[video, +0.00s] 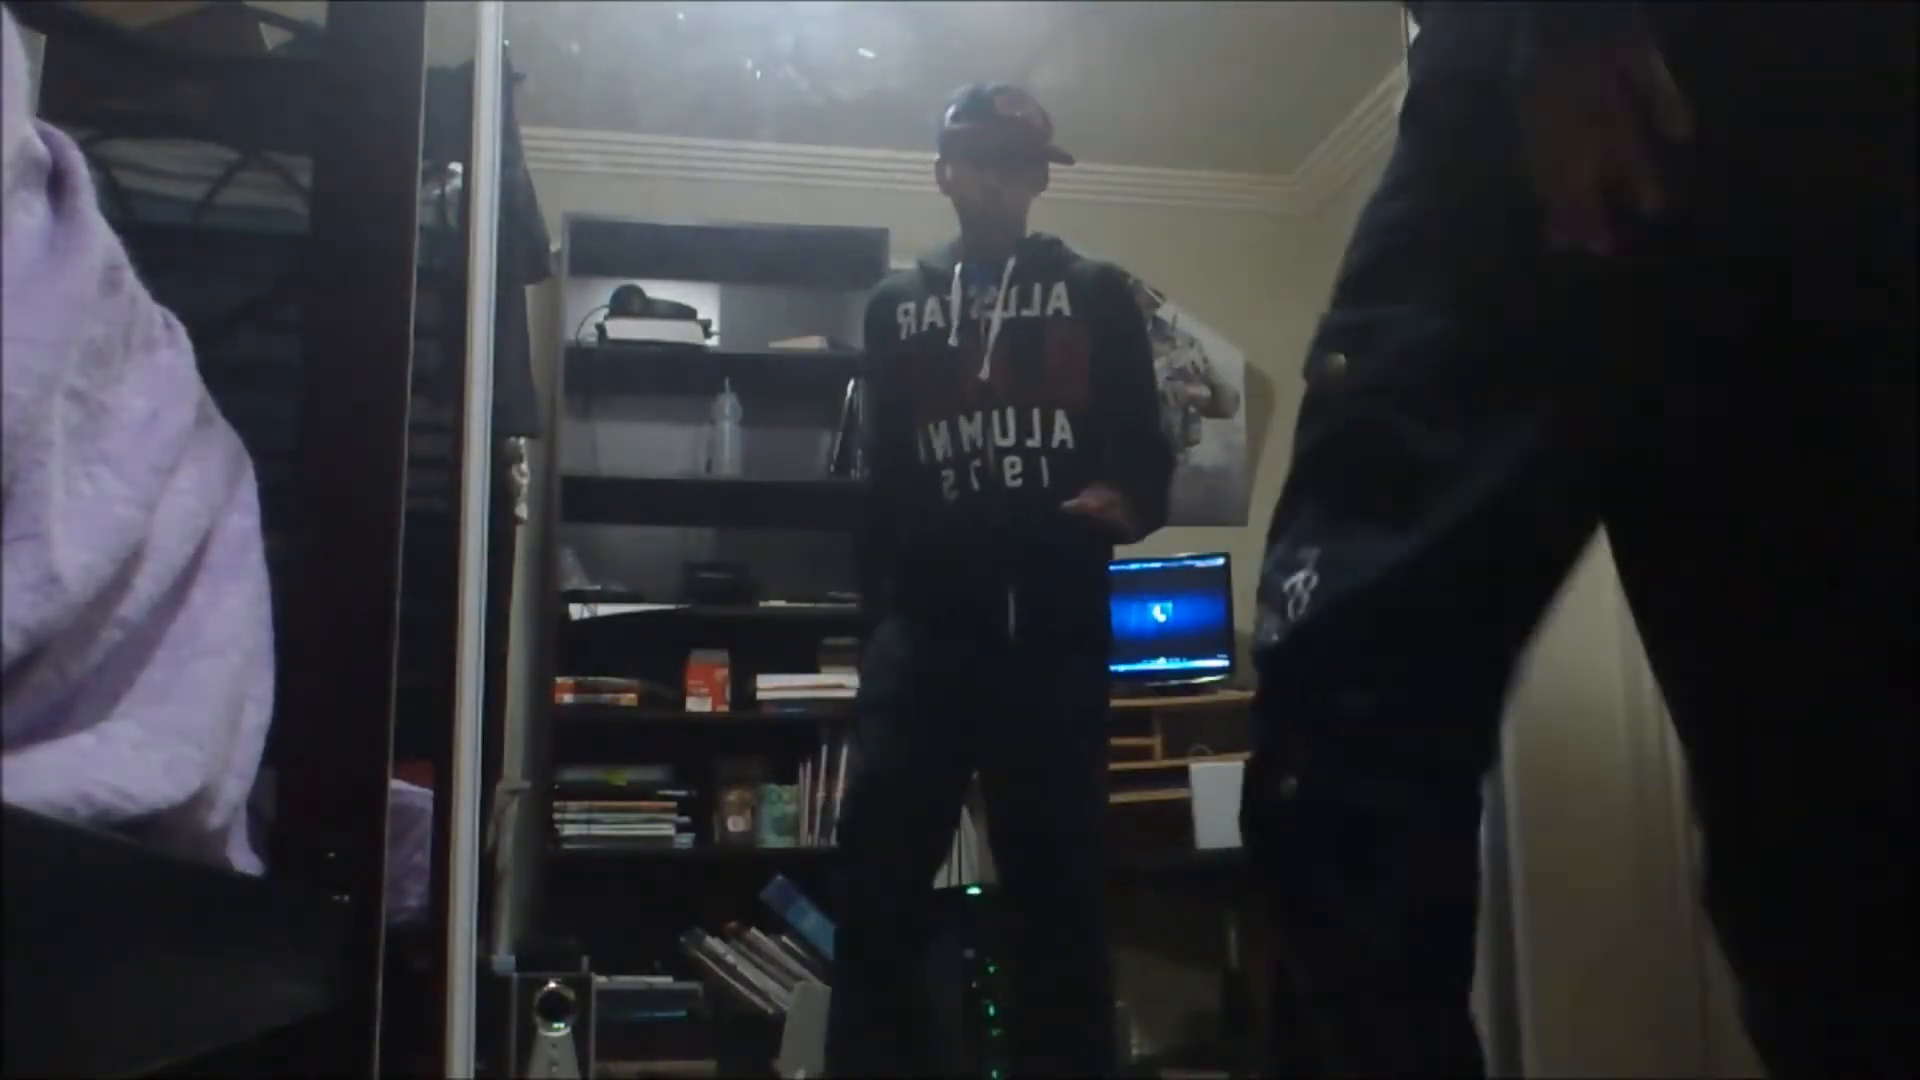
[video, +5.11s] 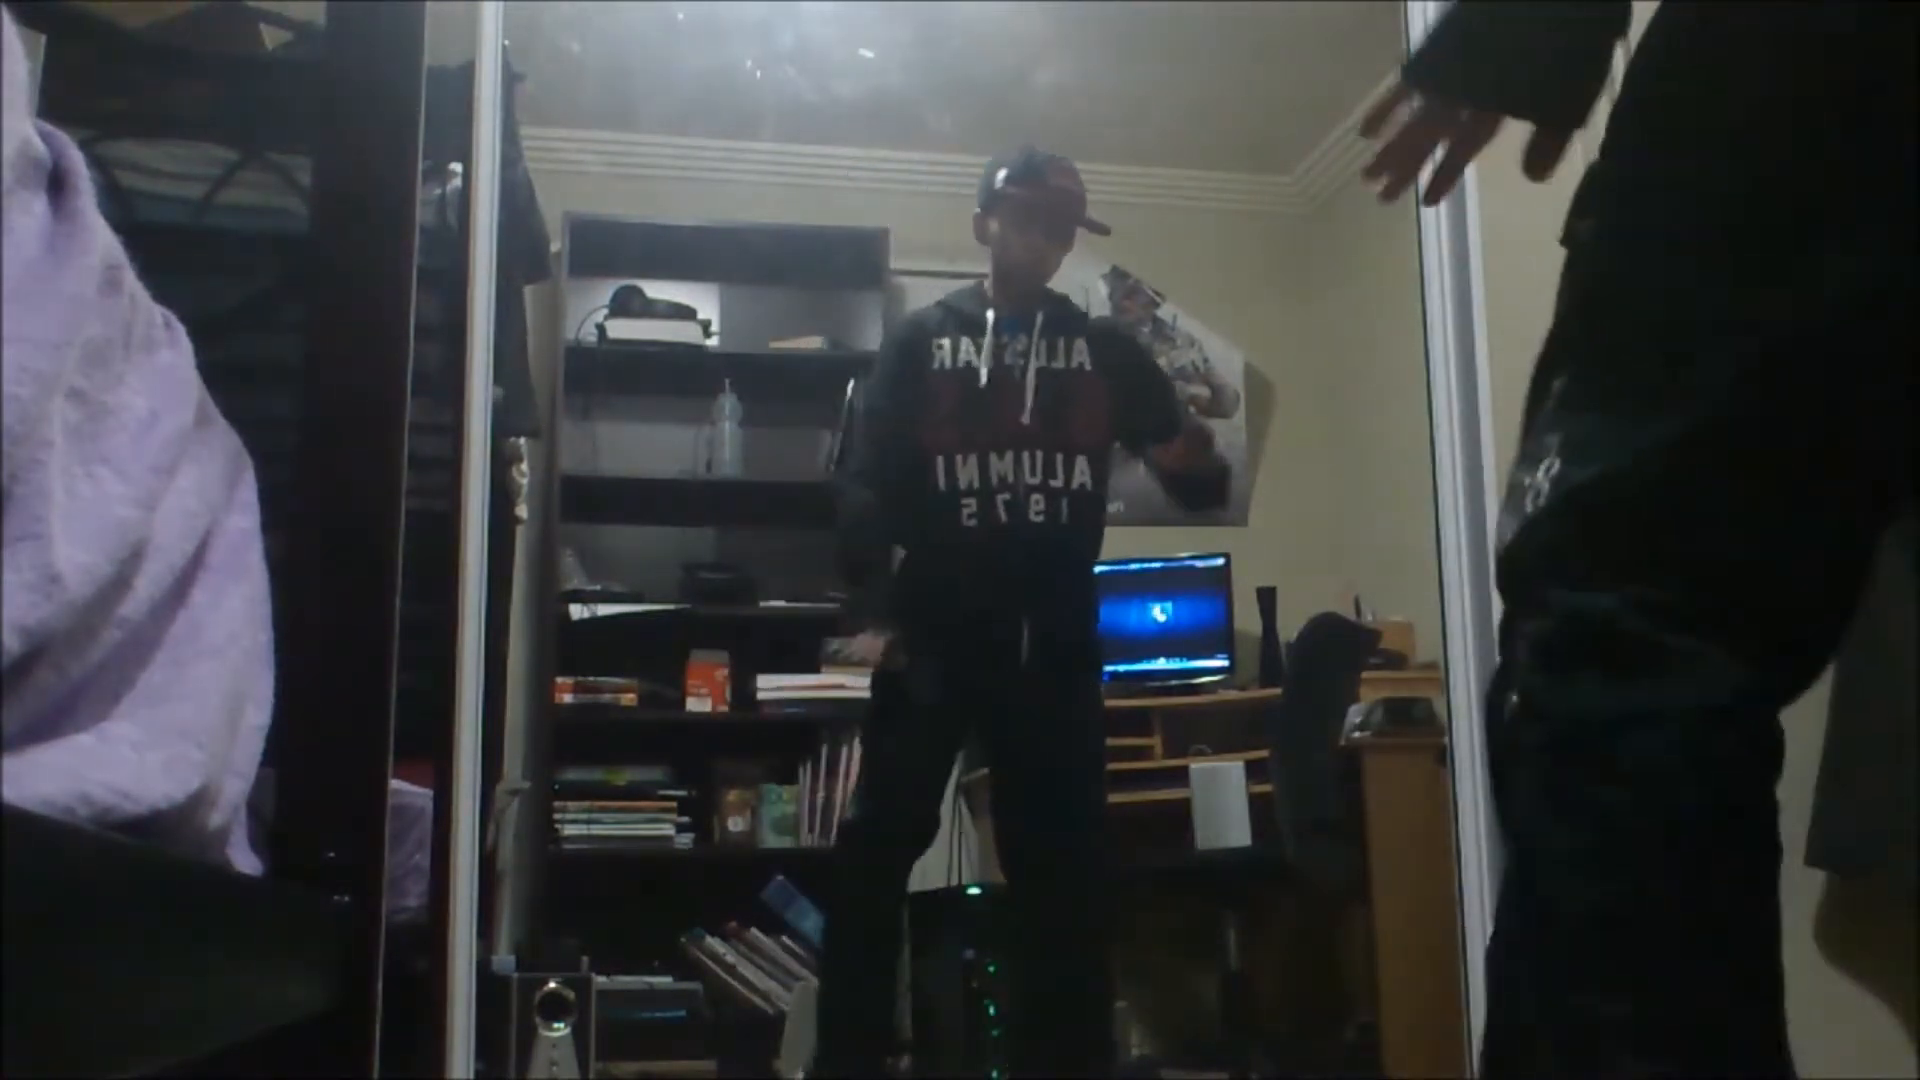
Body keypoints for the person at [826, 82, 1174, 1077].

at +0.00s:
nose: (999, 168)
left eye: (1018, 151)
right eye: (979, 150)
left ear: (1046, 171)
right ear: (945, 171)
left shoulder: (1098, 290)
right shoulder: (894, 302)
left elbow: (1145, 459)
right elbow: (864, 466)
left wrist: (1122, 501)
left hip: (1051, 613)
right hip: (922, 612)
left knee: (1054, 867)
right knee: (879, 855)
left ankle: (1063, 1063)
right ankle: (877, 1065)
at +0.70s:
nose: (998, 171)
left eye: (1015, 155)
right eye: (979, 149)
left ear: (1033, 167)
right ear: (936, 154)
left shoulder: (1070, 291)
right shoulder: (876, 282)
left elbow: (1110, 449)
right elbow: (814, 429)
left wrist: (1140, 587)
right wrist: (889, 442)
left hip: (1047, 611)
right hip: (919, 608)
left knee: (1051, 866)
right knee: (909, 867)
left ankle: (1059, 1068)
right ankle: (904, 1066)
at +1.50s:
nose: (999, 187)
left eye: (1019, 170)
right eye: (981, 167)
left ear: (1046, 184)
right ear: (949, 177)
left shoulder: (1092, 299)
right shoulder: (893, 304)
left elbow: (1164, 467)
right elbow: (857, 466)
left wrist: (1113, 454)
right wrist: (842, 599)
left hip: (1052, 618)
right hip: (924, 615)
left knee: (1061, 868)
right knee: (893, 866)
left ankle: (1069, 1066)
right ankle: (883, 1068)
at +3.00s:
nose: (938, 238)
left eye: (958, 222)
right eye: (922, 222)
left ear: (992, 234)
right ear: (900, 230)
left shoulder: (1047, 346)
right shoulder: (868, 359)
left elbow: (1096, 499)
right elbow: (834, 504)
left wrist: (1034, 585)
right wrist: (813, 613)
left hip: (1005, 636)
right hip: (889, 635)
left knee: (1019, 867)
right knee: (834, 850)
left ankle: (1046, 1061)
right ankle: (819, 1058)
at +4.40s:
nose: (961, 242)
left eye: (977, 227)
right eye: (944, 222)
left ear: (996, 242)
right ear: (906, 231)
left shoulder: (1027, 357)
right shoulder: (846, 354)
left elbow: (1075, 490)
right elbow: (813, 502)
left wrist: (1092, 599)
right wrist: (879, 558)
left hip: (1004, 644)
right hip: (887, 646)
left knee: (1042, 878)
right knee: (864, 886)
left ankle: (1069, 1067)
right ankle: (849, 1068)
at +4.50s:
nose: (997, 244)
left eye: (1008, 230)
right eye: (980, 225)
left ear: (1018, 242)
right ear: (932, 229)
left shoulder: (1040, 356)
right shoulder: (868, 336)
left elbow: (1086, 487)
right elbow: (828, 484)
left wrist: (1120, 596)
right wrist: (935, 492)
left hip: (1011, 641)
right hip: (900, 638)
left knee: (1052, 888)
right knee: (874, 894)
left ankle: (1065, 1069)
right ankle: (851, 1070)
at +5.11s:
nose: (1051, 238)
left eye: (1064, 225)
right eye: (1033, 217)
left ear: (1075, 237)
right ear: (987, 222)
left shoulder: (1107, 347)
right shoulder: (921, 339)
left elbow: (1202, 484)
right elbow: (864, 480)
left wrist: (1179, 441)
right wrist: (869, 605)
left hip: (1052, 628)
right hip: (934, 625)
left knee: (1060, 862)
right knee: (875, 853)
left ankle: (1067, 1063)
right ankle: (852, 1062)